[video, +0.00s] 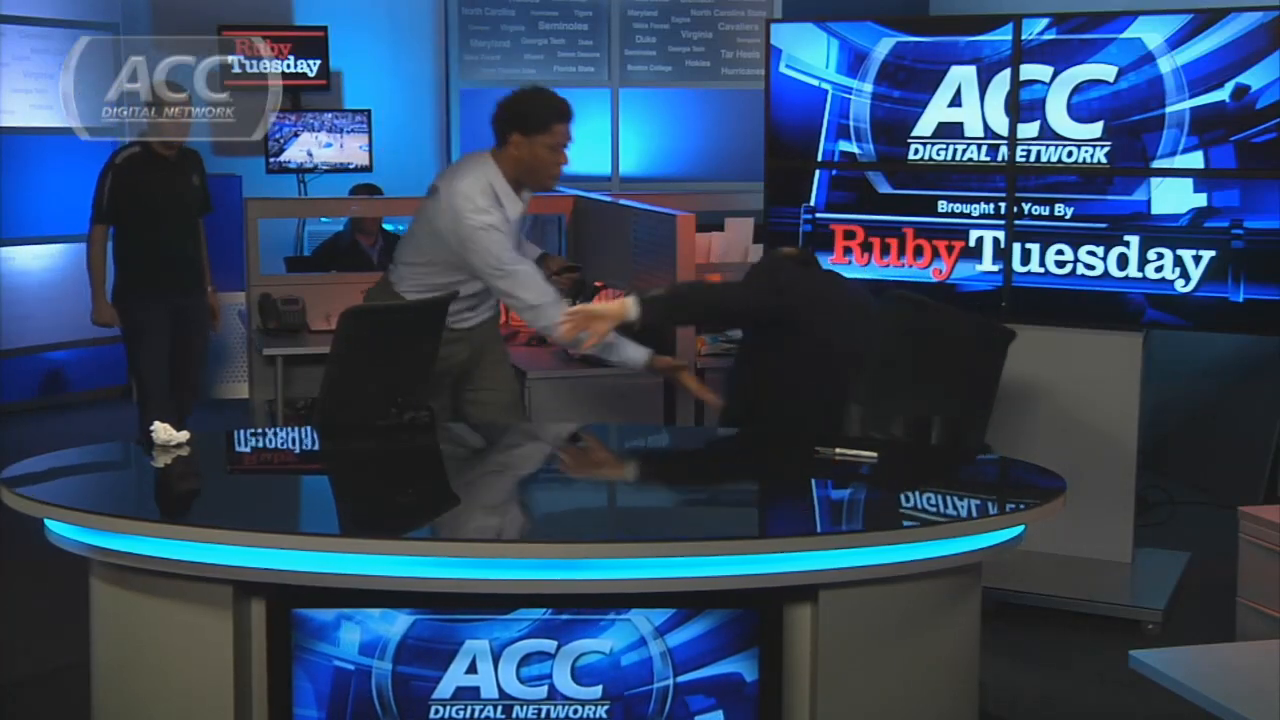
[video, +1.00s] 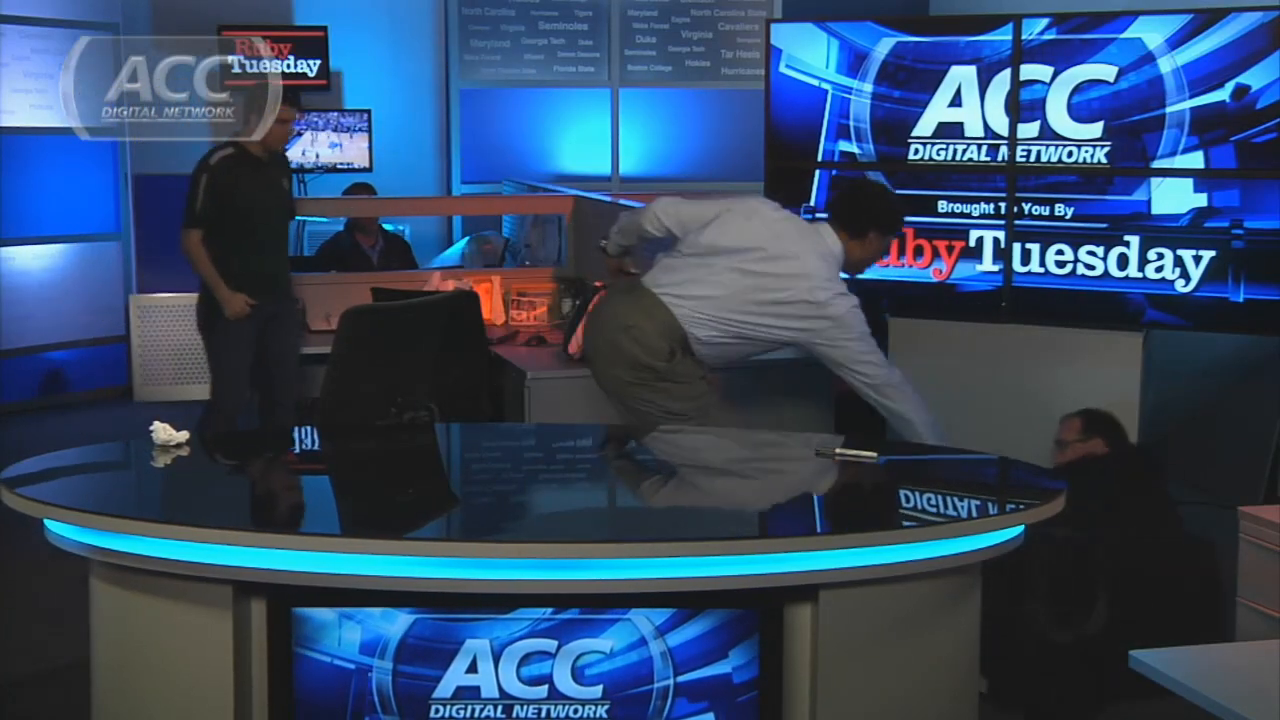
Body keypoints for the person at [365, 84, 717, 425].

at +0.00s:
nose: (564, 160)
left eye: (565, 149)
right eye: (556, 148)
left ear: (522, 146)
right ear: (516, 143)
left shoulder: (506, 186)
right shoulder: (469, 206)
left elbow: (503, 245)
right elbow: (550, 317)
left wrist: (541, 264)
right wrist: (647, 360)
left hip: (475, 337)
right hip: (411, 343)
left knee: (508, 449)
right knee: (412, 462)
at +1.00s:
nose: (883, 253)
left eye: (888, 243)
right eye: (885, 242)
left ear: (836, 215)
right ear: (865, 236)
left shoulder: (759, 210)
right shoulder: (827, 299)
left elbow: (659, 214)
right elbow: (884, 386)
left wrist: (615, 247)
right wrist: (937, 453)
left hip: (612, 313)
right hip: (649, 349)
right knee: (721, 465)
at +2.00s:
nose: (940, 270)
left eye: (943, 261)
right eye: (942, 260)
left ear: (899, 234)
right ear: (927, 250)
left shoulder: (842, 244)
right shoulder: (905, 276)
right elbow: (950, 381)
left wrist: (808, 390)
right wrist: (973, 462)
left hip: (715, 329)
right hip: (744, 337)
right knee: (814, 458)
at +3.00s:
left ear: (715, 178)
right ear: (773, 168)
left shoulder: (682, 215)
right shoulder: (801, 194)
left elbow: (630, 333)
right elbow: (904, 236)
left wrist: (678, 370)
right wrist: (867, 331)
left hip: (681, 341)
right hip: (759, 337)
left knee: (687, 468)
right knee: (793, 469)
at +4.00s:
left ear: (625, 143)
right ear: (677, 125)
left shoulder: (615, 203)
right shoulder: (734, 147)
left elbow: (587, 333)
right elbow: (840, 156)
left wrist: (614, 364)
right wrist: (806, 252)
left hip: (663, 337)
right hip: (748, 321)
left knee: (666, 479)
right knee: (744, 479)